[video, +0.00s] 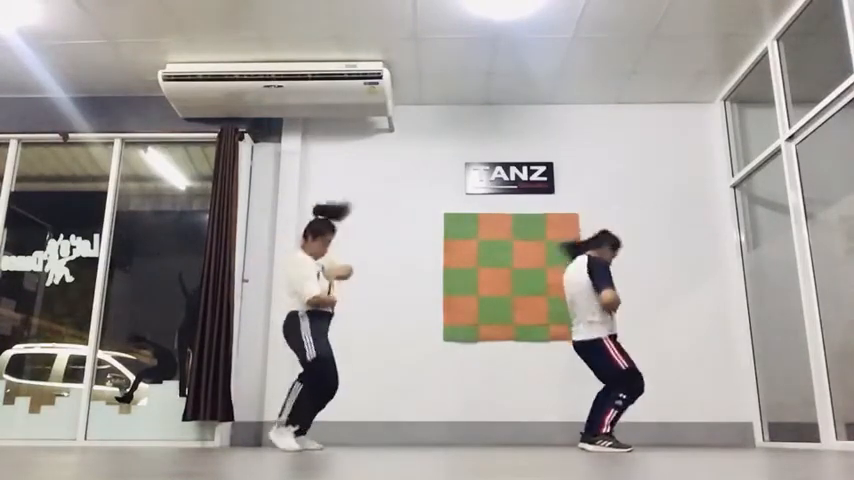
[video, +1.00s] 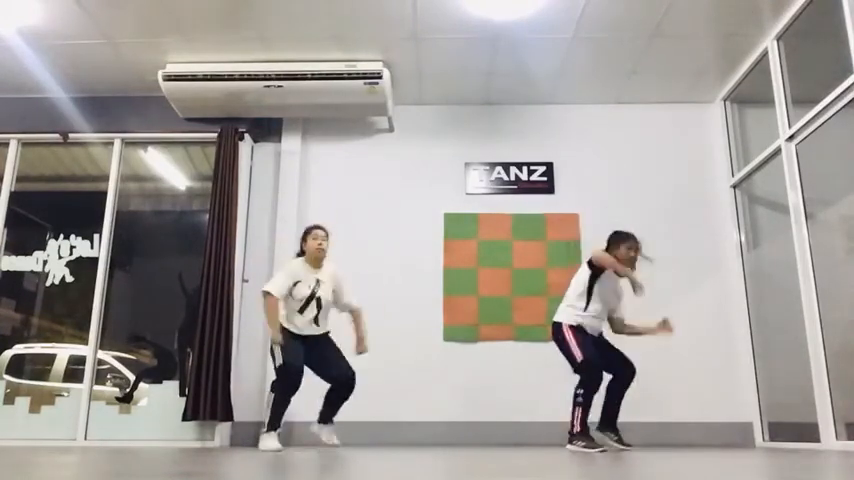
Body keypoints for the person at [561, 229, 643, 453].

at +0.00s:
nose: (612, 259)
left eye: (614, 255)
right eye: (612, 253)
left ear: (591, 248)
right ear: (602, 248)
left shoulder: (573, 267)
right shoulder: (595, 263)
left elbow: (577, 303)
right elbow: (608, 298)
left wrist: (602, 304)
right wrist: (613, 305)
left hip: (582, 338)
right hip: (598, 337)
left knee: (615, 383)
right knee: (633, 383)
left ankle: (592, 433)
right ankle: (601, 434)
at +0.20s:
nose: (614, 248)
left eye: (615, 243)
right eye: (613, 243)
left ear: (593, 238)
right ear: (602, 239)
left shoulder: (578, 258)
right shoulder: (588, 262)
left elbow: (588, 299)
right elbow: (596, 302)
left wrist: (605, 297)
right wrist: (612, 297)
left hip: (585, 329)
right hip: (594, 329)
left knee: (614, 379)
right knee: (624, 378)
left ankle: (592, 433)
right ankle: (599, 434)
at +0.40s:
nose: (611, 224)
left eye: (610, 220)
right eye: (608, 220)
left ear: (591, 223)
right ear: (597, 223)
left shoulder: (586, 248)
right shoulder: (591, 249)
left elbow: (593, 283)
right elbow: (593, 283)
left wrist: (611, 285)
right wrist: (614, 286)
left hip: (594, 317)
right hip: (593, 318)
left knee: (599, 376)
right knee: (603, 375)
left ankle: (591, 432)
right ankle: (594, 433)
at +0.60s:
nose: (618, 221)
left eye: (615, 216)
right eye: (613, 217)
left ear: (598, 224)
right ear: (604, 222)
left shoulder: (591, 246)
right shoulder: (601, 244)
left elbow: (600, 275)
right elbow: (603, 272)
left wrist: (619, 271)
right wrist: (629, 279)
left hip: (587, 316)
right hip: (593, 317)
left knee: (601, 374)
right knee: (607, 374)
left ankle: (591, 433)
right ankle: (596, 433)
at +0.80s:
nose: (640, 246)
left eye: (637, 242)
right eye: (635, 242)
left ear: (618, 247)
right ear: (624, 246)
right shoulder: (618, 261)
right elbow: (623, 295)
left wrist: (624, 331)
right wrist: (645, 324)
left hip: (575, 322)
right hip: (577, 323)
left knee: (606, 376)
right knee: (610, 375)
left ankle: (599, 434)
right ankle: (599, 435)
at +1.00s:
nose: (635, 256)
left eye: (637, 251)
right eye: (630, 250)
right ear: (614, 251)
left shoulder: (615, 287)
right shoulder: (597, 266)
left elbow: (618, 327)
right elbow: (599, 257)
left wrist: (655, 329)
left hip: (591, 334)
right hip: (568, 326)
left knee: (625, 370)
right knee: (591, 373)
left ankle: (607, 428)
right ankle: (577, 435)